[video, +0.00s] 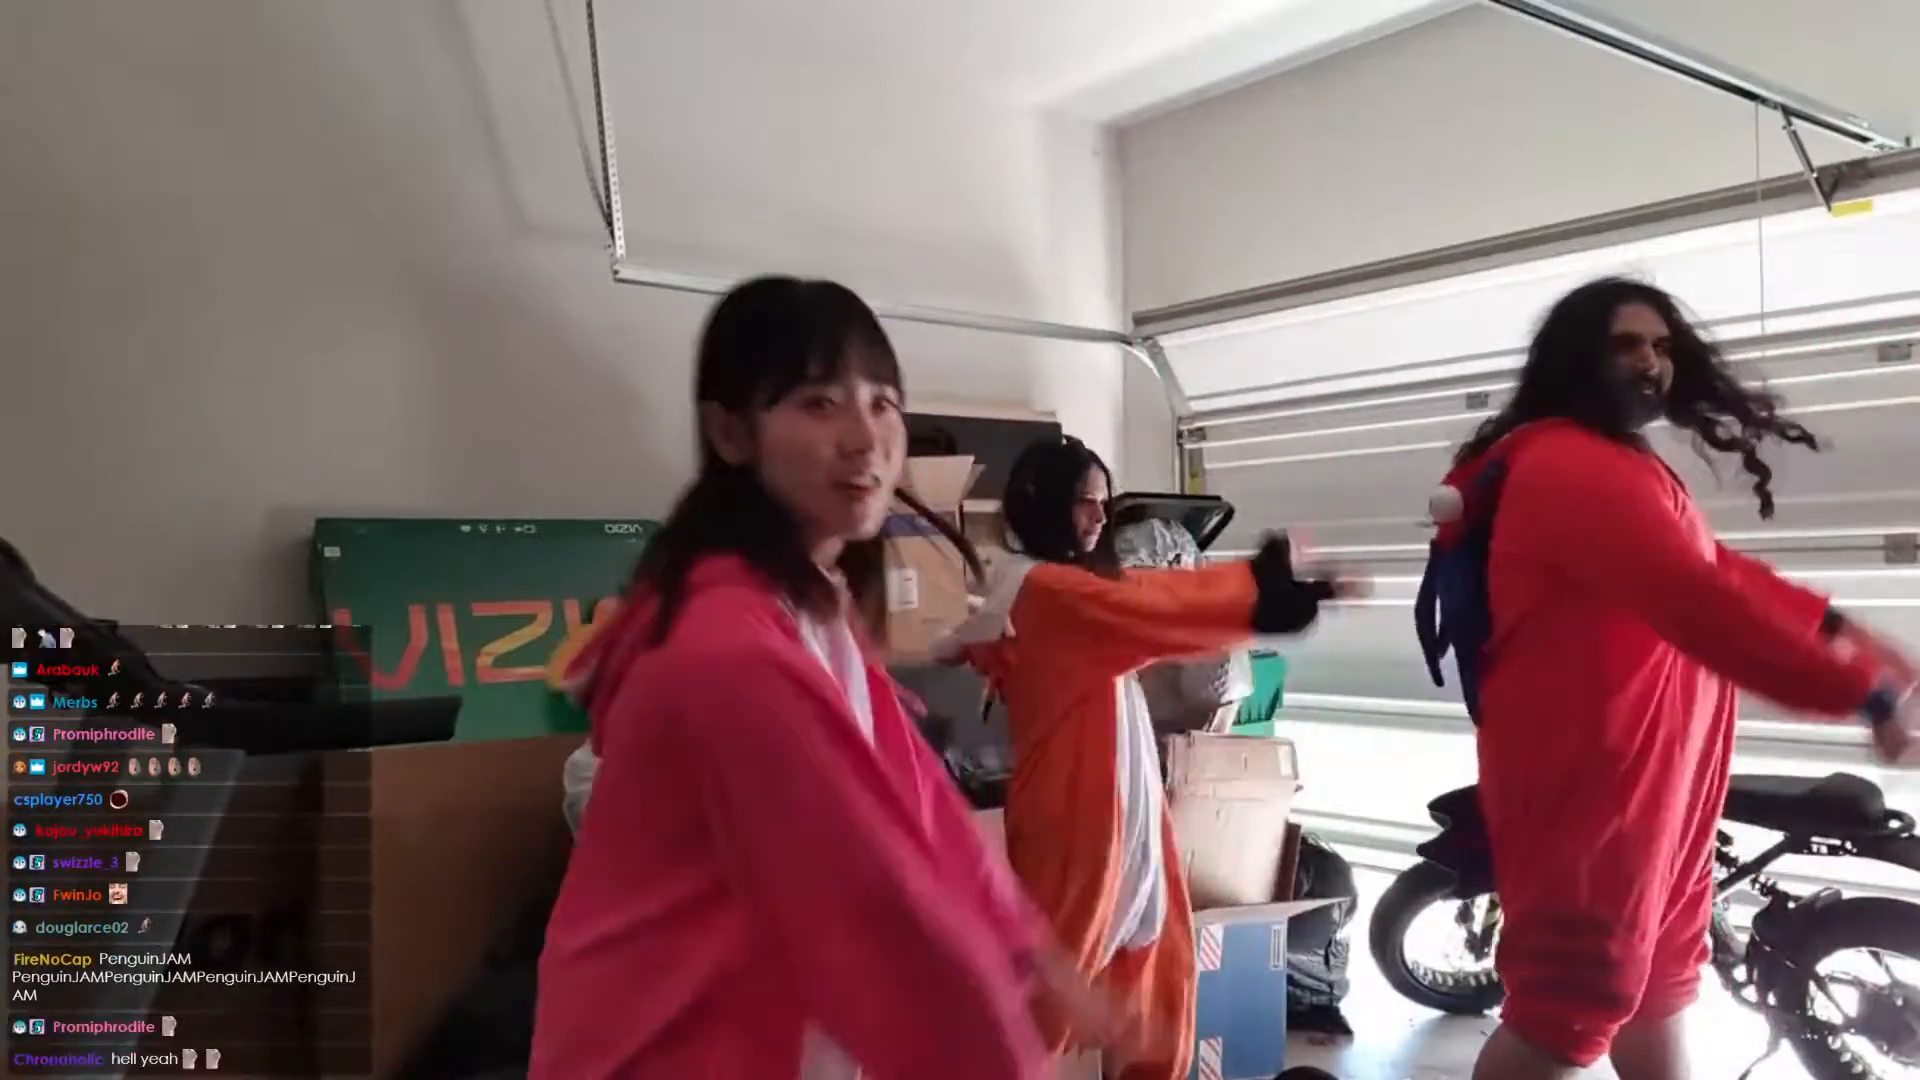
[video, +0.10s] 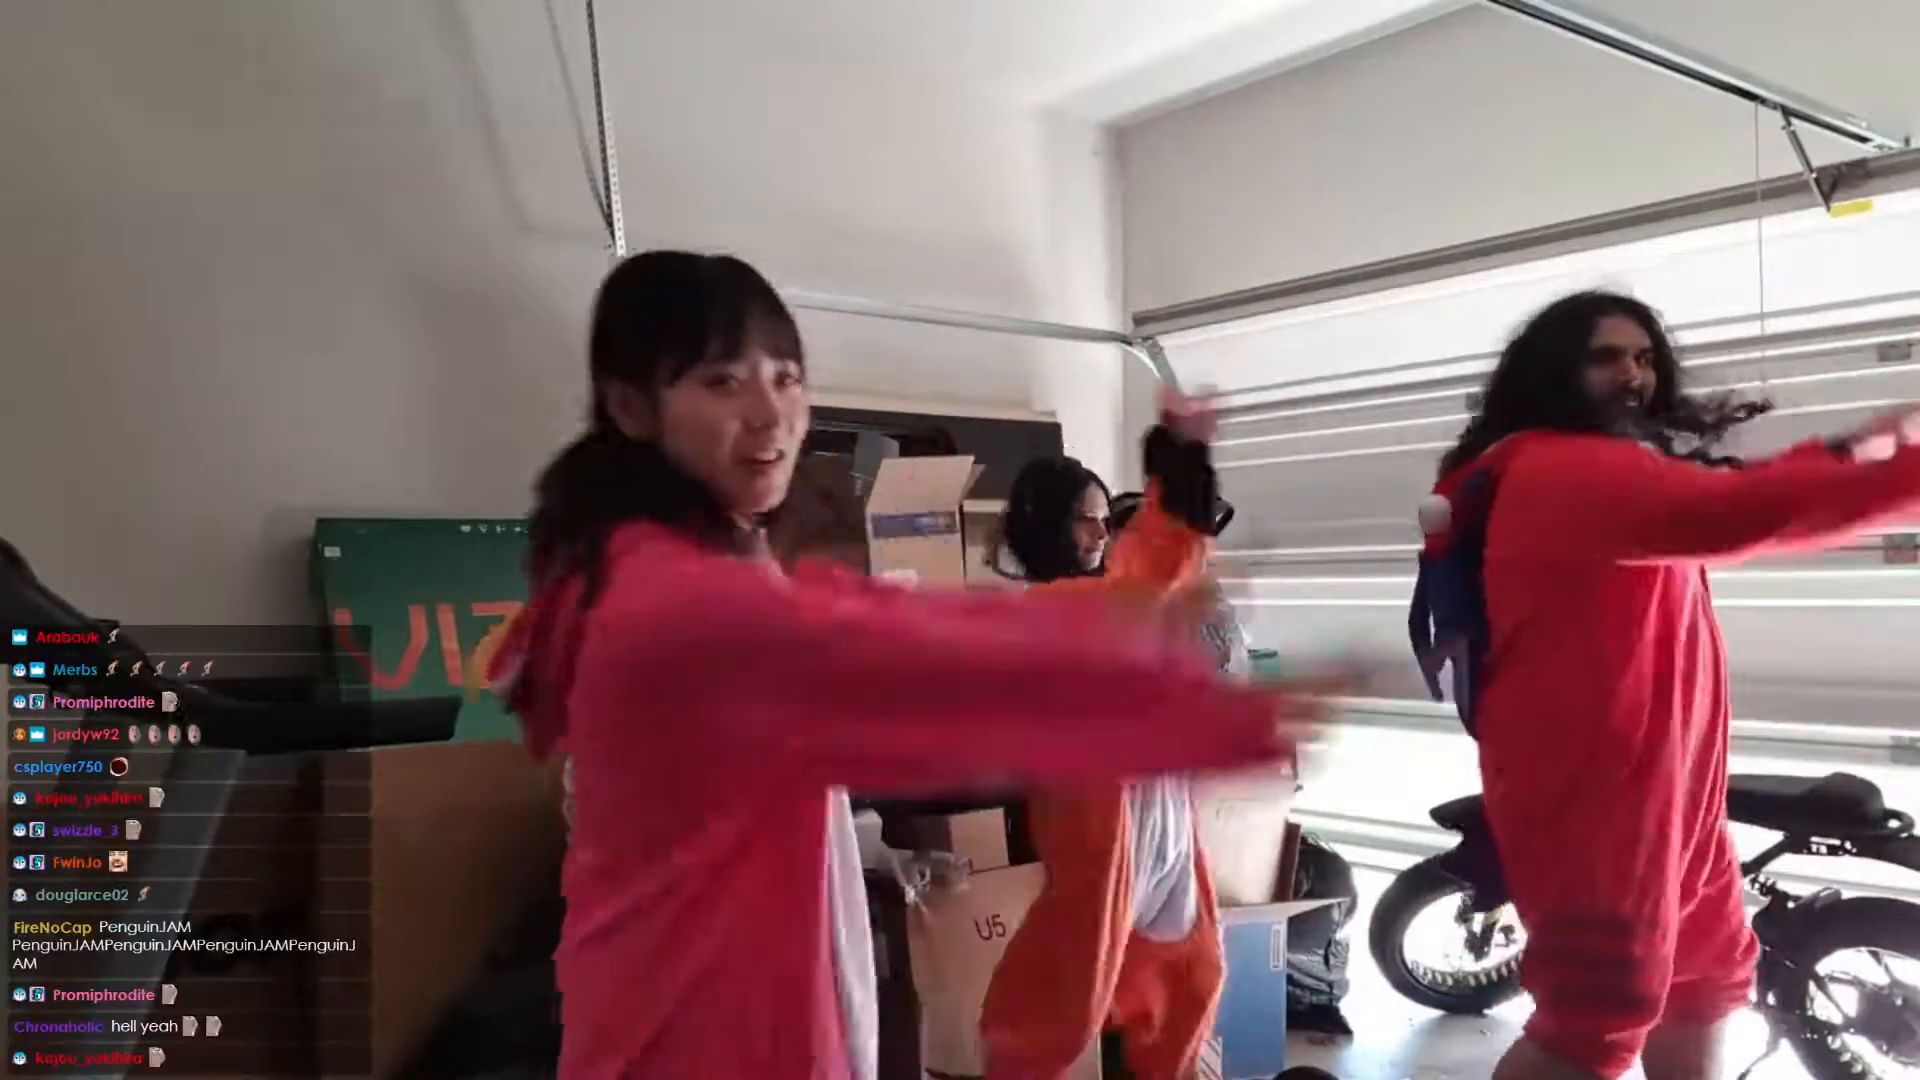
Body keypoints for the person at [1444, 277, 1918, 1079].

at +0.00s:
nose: (1651, 364)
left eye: (1662, 348)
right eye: (1627, 346)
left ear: (1678, 362)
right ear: (1577, 359)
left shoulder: (1635, 469)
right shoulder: (1562, 469)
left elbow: (1717, 573)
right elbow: (1695, 603)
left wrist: (1834, 632)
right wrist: (1864, 691)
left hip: (1664, 791)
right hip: (1584, 798)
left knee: (1657, 998)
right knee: (1562, 1016)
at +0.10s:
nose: (1633, 376)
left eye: (1645, 359)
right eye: (1607, 359)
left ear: (1662, 372)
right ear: (1553, 376)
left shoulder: (1620, 471)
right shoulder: (1552, 475)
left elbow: (1733, 488)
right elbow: (1739, 508)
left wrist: (1848, 449)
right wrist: (1906, 474)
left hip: (1673, 792)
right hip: (1590, 804)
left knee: (1704, 982)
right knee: (1591, 1025)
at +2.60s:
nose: (1646, 366)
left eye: (1656, 349)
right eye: (1620, 349)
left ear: (1669, 364)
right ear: (1569, 364)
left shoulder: (1623, 471)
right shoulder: (1560, 477)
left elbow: (1688, 607)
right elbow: (1662, 631)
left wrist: (1761, 678)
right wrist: (1784, 747)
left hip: (1633, 794)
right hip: (1565, 800)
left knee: (1638, 1001)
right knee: (1548, 1022)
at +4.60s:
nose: (1639, 394)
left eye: (1651, 377)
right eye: (1612, 373)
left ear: (1665, 386)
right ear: (1557, 384)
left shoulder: (1609, 472)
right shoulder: (1549, 481)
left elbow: (1698, 458)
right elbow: (1759, 478)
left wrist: (1795, 374)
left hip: (1658, 789)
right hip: (1583, 805)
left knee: (1705, 978)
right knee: (1607, 1027)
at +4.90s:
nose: (1647, 367)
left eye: (1659, 350)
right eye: (1620, 348)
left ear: (1676, 367)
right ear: (1568, 365)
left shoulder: (1620, 466)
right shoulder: (1571, 471)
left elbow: (1690, 543)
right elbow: (1749, 567)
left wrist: (1819, 510)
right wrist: (1912, 538)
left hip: (1662, 790)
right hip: (1595, 803)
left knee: (1682, 989)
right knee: (1593, 1023)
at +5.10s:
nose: (1693, 374)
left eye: (1706, 356)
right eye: (1668, 354)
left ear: (1723, 372)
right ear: (1617, 367)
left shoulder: (1655, 477)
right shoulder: (1615, 485)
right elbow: (1646, 669)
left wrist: (1695, 806)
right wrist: (1682, 818)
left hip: (1633, 781)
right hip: (1582, 787)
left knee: (1658, 989)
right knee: (1580, 1013)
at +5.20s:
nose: (1689, 366)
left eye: (1700, 349)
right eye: (1662, 347)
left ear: (1711, 364)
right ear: (1612, 359)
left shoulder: (1660, 463)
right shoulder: (1600, 467)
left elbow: (1685, 634)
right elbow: (1645, 640)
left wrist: (1713, 781)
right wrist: (1726, 787)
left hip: (1646, 763)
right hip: (1576, 772)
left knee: (1647, 995)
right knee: (1574, 1007)